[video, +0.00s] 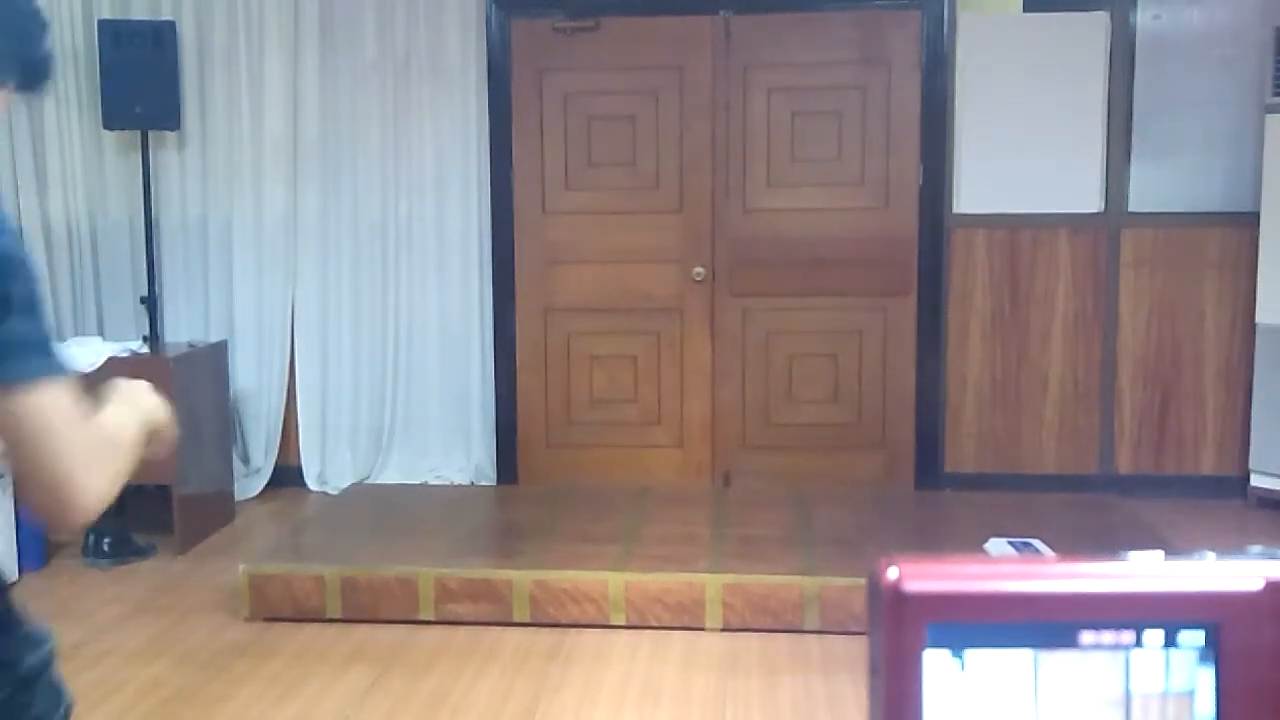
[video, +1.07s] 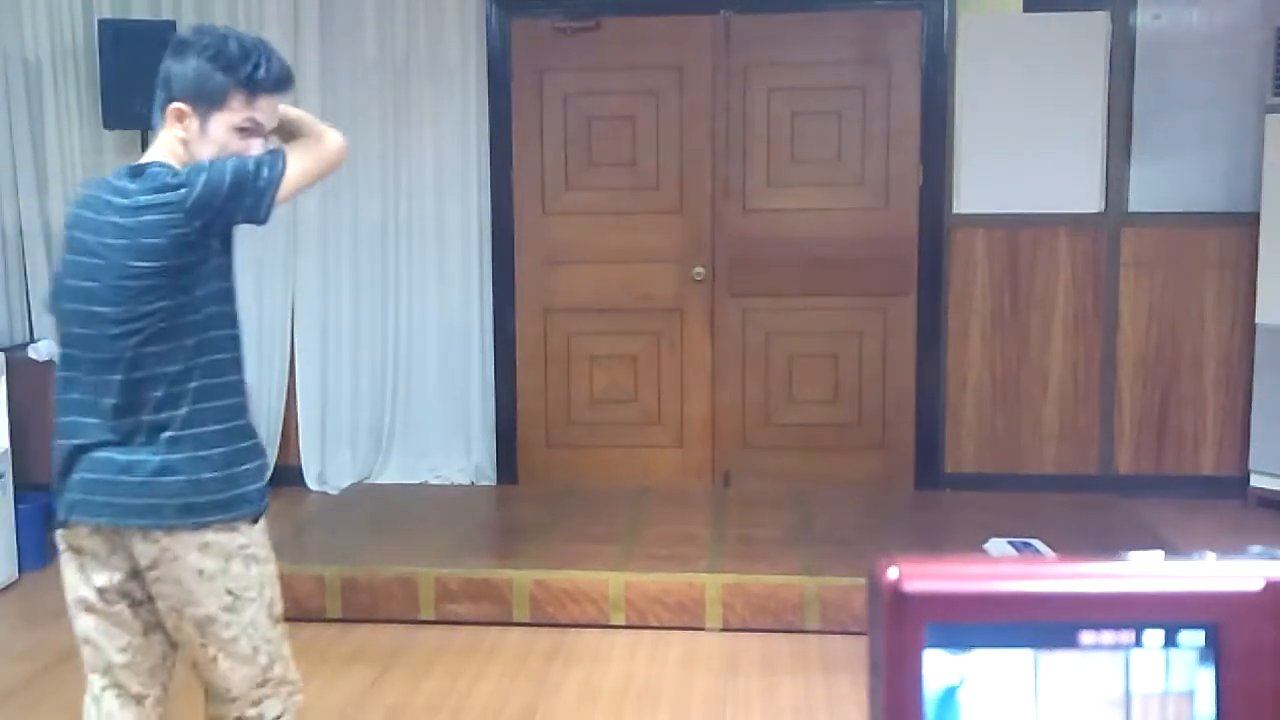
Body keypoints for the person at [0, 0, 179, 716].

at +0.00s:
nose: (15, 102)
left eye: (19, 84)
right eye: (17, 84)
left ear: (19, 80)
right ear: (11, 80)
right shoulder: (3, 241)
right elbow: (70, 493)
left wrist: (113, 410)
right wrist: (131, 407)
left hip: (16, 664)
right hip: (13, 671)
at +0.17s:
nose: (62, 189)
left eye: (71, 167)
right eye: (64, 161)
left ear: (10, 121)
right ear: (9, 120)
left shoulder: (25, 232)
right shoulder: (18, 229)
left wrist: (191, 335)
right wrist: (207, 343)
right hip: (32, 677)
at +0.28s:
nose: (122, 196)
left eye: (138, 177)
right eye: (130, 174)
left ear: (63, 142)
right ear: (71, 146)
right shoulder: (44, 212)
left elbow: (297, 173)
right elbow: (299, 171)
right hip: (62, 648)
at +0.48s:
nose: (177, 160)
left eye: (184, 147)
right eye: (176, 144)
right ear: (126, 132)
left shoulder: (10, 184)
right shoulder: (129, 195)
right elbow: (292, 99)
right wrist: (181, 18)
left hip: (8, 595)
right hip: (114, 600)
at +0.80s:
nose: (222, 172)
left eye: (226, 151)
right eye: (212, 151)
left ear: (135, 133)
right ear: (144, 133)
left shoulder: (11, 213)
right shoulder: (169, 218)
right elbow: (287, 170)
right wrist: (216, 102)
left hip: (27, 559)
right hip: (158, 561)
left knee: (51, 712)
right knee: (172, 707)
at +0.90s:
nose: (228, 167)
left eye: (234, 148)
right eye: (220, 145)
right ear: (155, 124)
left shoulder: (19, 213)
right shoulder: (172, 204)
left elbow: (12, 372)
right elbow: (297, 162)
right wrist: (234, 116)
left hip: (55, 536)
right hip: (169, 542)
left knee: (109, 708)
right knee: (216, 705)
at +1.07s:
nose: (256, 150)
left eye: (262, 132)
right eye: (244, 130)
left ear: (174, 119)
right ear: (181, 119)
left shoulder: (90, 200)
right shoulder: (199, 193)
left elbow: (65, 322)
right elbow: (328, 147)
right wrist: (272, 114)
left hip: (90, 497)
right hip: (194, 498)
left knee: (116, 702)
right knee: (258, 698)